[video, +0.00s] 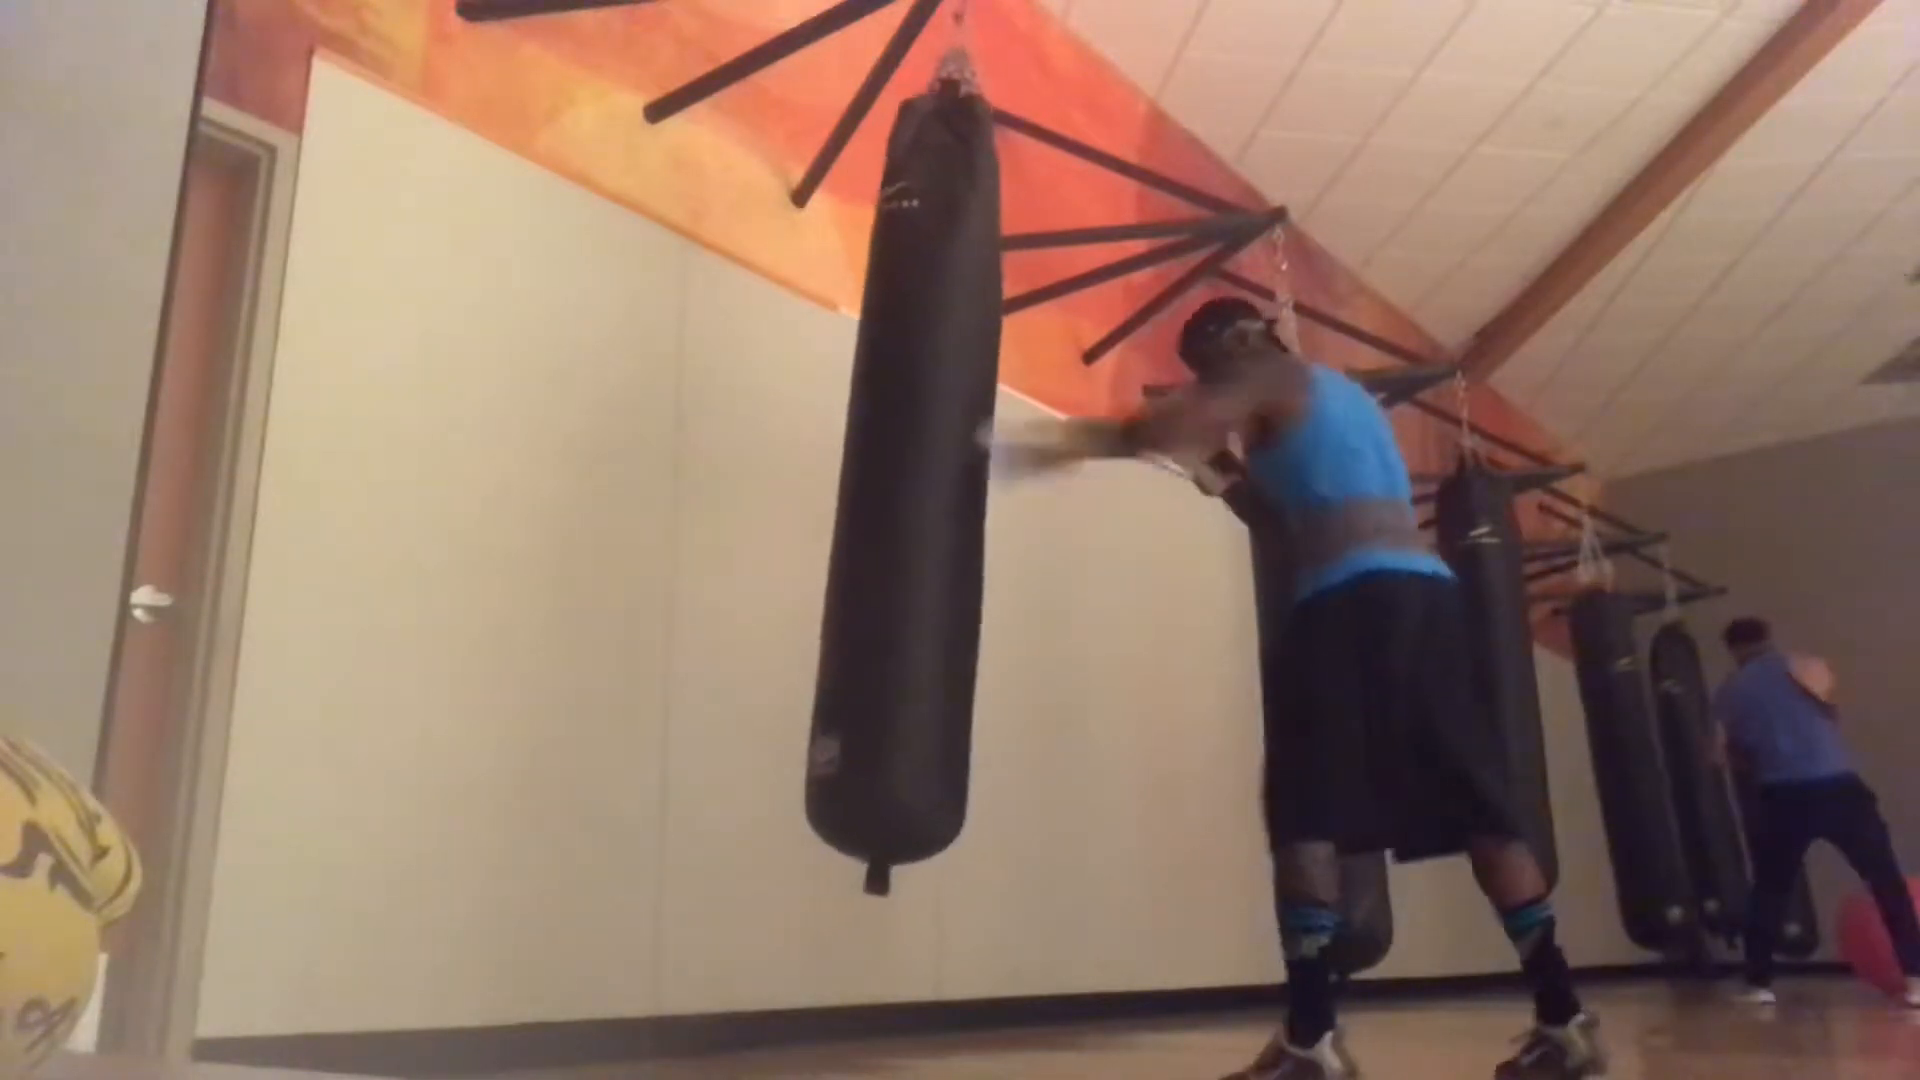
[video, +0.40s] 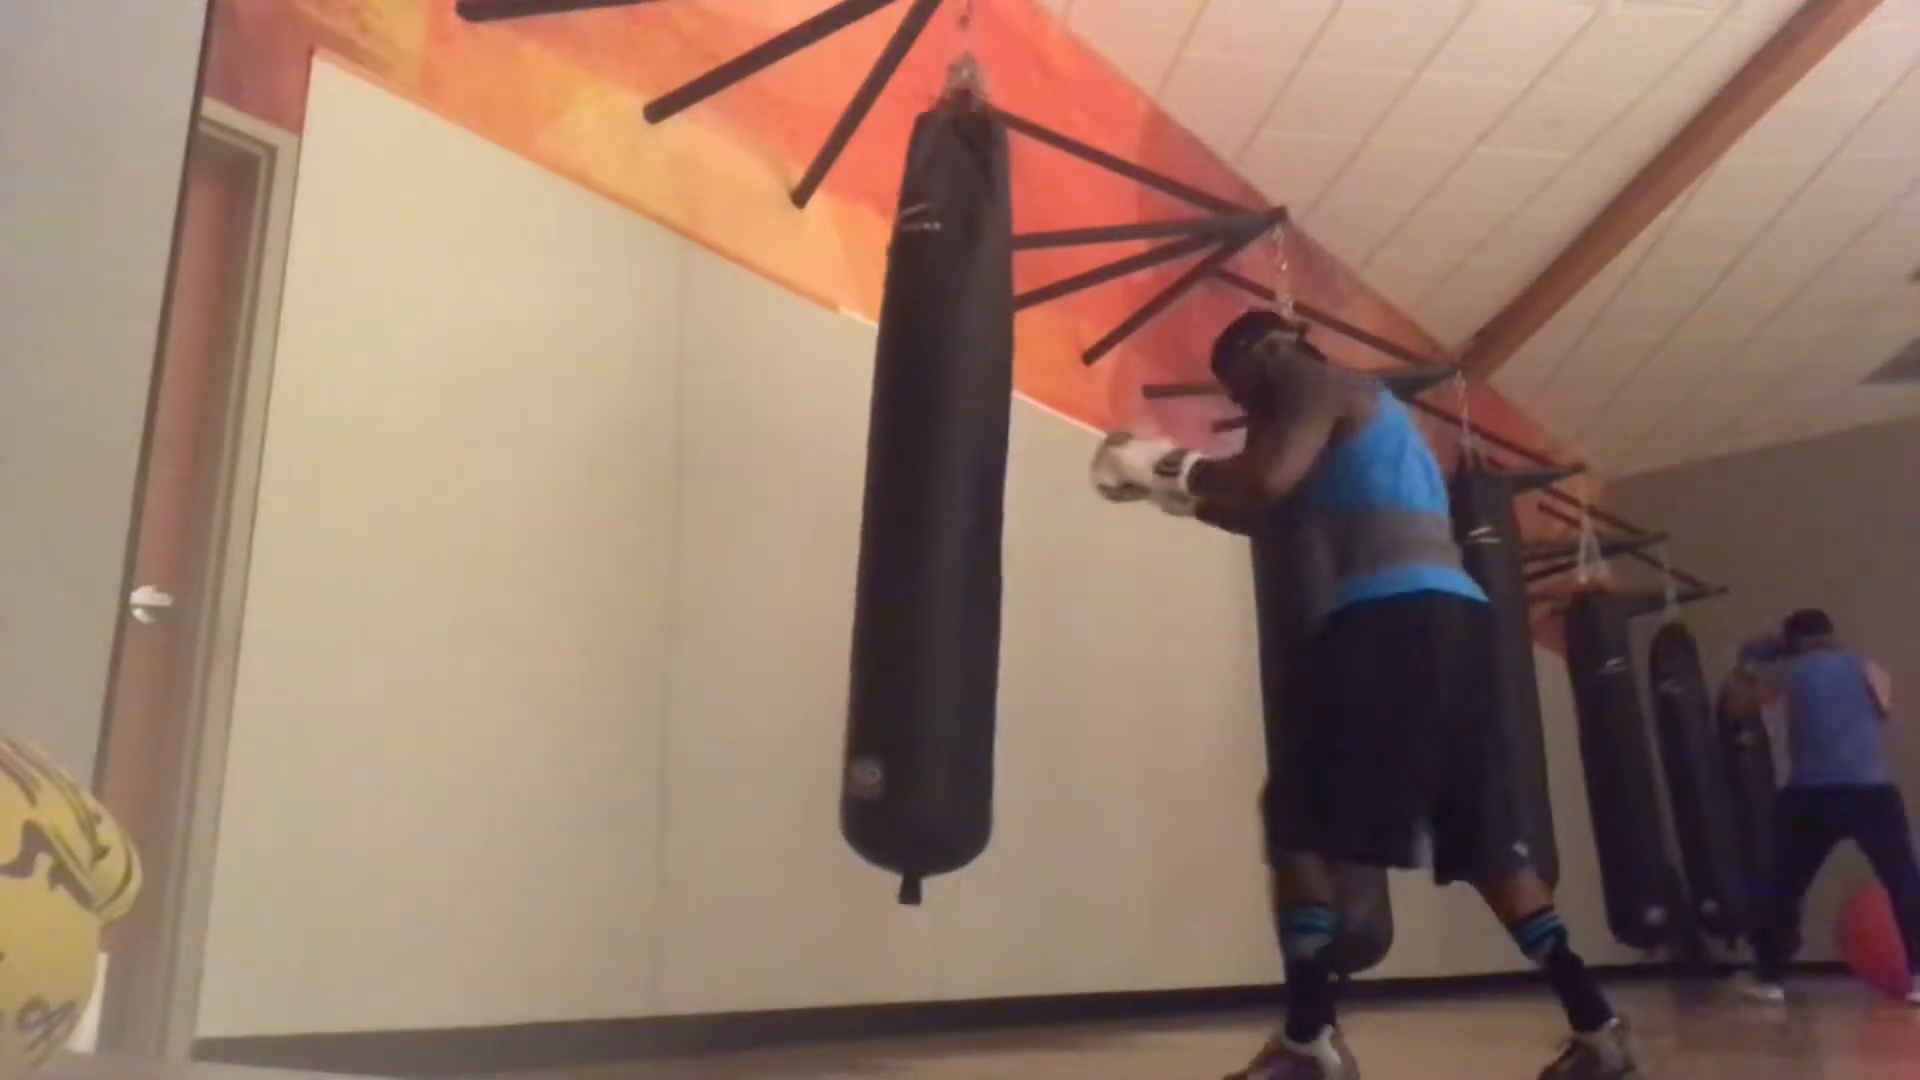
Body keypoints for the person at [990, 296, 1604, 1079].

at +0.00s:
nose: (1207, 386)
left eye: (1207, 371)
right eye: (1204, 375)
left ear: (1235, 342)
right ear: (1268, 336)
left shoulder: (1265, 370)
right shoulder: (1347, 399)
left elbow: (1173, 428)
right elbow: (1308, 530)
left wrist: (1072, 439)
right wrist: (1233, 485)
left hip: (1343, 611)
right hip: (1428, 604)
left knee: (1301, 815)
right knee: (1477, 803)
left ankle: (1311, 1036)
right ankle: (1565, 1018)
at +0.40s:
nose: (1239, 403)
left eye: (1239, 383)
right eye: (1233, 393)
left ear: (1266, 352)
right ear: (1296, 342)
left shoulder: (1306, 376)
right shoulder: (1385, 414)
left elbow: (1268, 475)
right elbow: (1271, 514)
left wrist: (1190, 467)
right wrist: (1180, 495)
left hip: (1382, 625)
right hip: (1461, 624)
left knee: (1296, 817)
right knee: (1478, 830)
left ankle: (1309, 1036)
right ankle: (1594, 1022)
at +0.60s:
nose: (1219, 395)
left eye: (1216, 382)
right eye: (1215, 384)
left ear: (1232, 364)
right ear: (1284, 344)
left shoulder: (1258, 383)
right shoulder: (1375, 390)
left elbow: (1179, 446)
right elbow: (1410, 478)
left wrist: (1098, 456)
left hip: (1344, 618)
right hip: (1447, 610)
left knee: (1295, 822)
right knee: (1500, 814)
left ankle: (1275, 1034)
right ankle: (1598, 1019)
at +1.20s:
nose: (1197, 361)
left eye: (1196, 347)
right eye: (1195, 351)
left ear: (1215, 324)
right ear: (1263, 298)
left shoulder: (1226, 343)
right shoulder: (1357, 350)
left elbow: (1174, 472)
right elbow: (1363, 462)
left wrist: (1139, 449)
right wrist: (1218, 415)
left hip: (1277, 601)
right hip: (1385, 599)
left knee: (1237, 827)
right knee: (1465, 808)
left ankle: (1221, 1042)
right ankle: (1567, 1011)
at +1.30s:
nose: (1214, 348)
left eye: (1214, 335)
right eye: (1213, 338)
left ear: (1232, 310)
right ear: (1277, 286)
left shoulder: (1245, 332)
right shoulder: (1381, 343)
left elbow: (1183, 458)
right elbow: (1398, 469)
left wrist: (1150, 420)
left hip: (1299, 593)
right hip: (1413, 591)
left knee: (1254, 819)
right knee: (1473, 803)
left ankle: (1223, 1043)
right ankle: (1576, 1023)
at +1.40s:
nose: (1232, 342)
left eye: (1231, 328)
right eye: (1228, 332)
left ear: (1252, 302)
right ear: (1305, 285)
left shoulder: (1267, 323)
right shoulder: (1411, 342)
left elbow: (1188, 447)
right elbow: (1437, 462)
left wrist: (1135, 435)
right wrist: (1242, 404)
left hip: (1320, 590)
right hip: (1439, 588)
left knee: (1260, 816)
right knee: (1489, 813)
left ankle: (1223, 1044)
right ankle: (1588, 1041)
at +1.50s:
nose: (1242, 348)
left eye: (1242, 336)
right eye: (1240, 338)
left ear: (1255, 312)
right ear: (1314, 287)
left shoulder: (1276, 327)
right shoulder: (1419, 344)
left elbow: (1214, 453)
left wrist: (1162, 450)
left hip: (1320, 599)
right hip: (1442, 597)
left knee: (1241, 819)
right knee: (1496, 818)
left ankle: (1224, 1039)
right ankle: (1593, 1046)